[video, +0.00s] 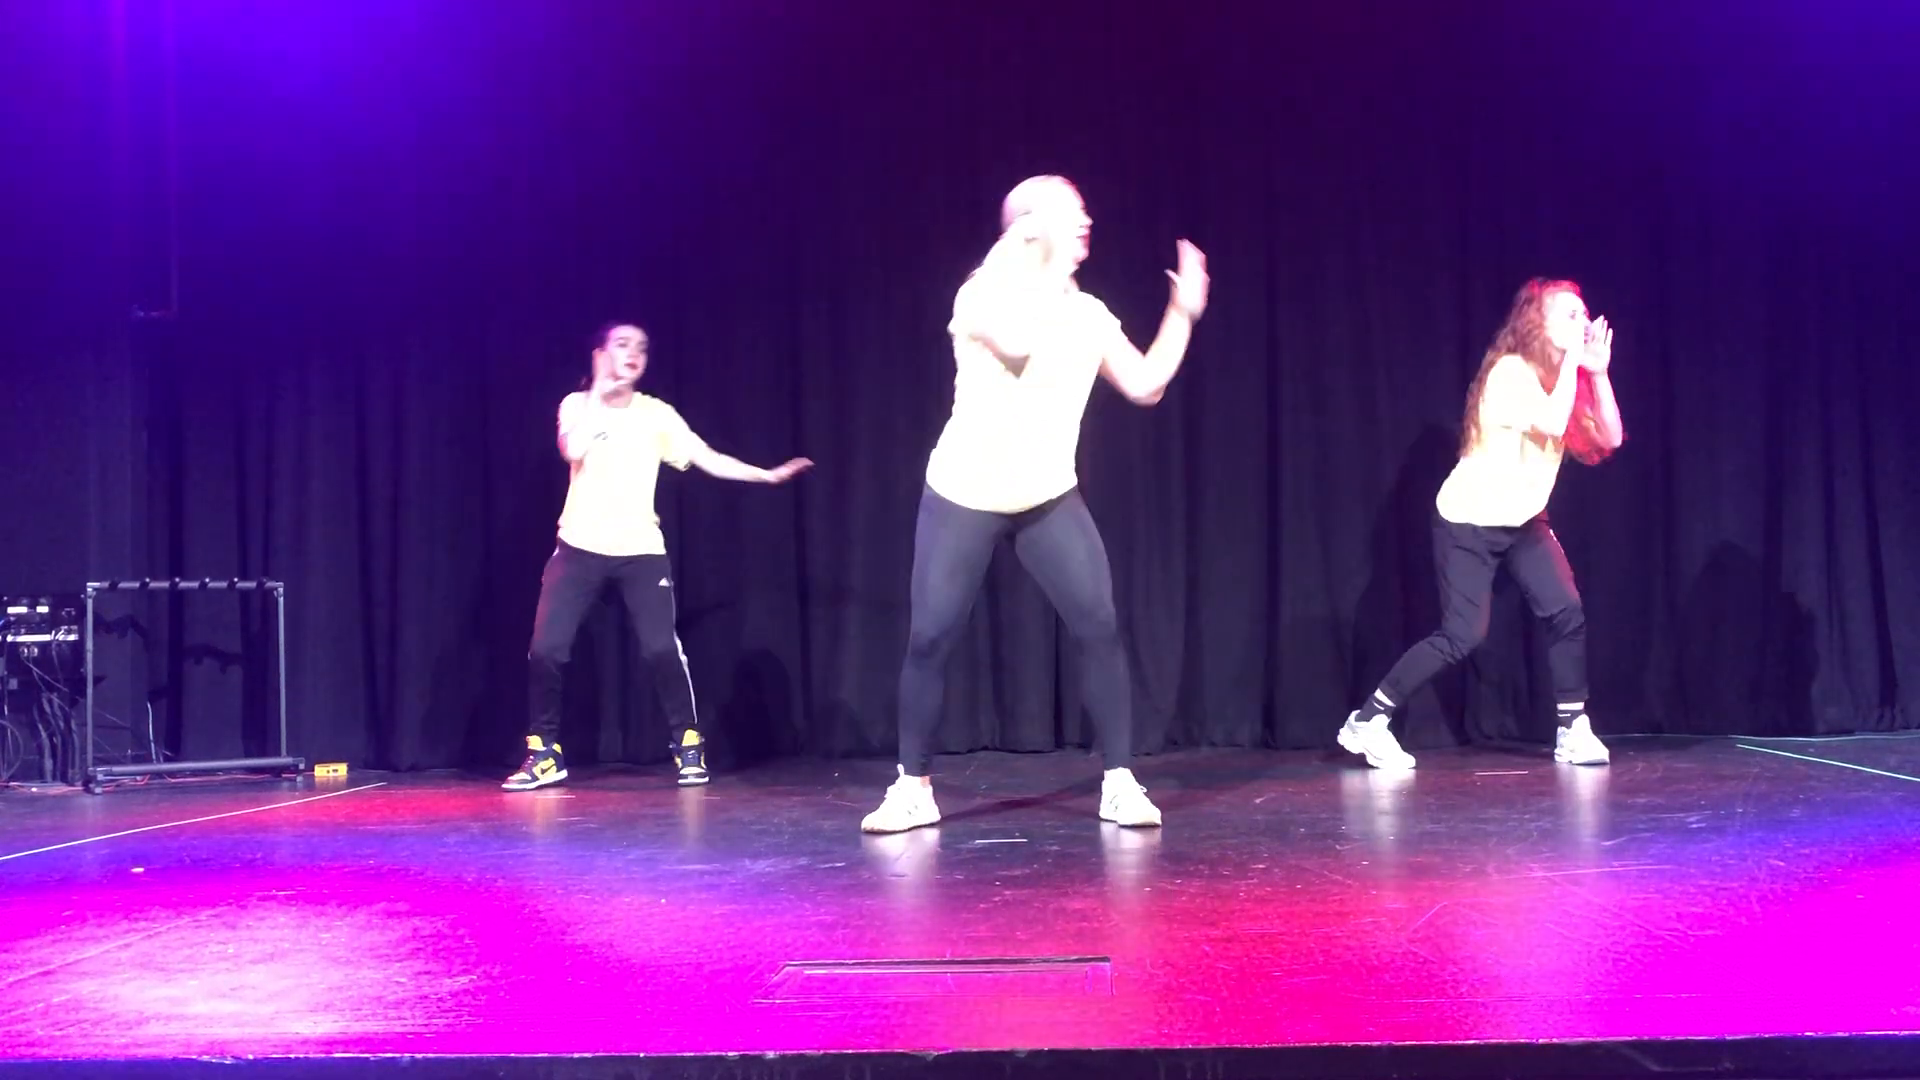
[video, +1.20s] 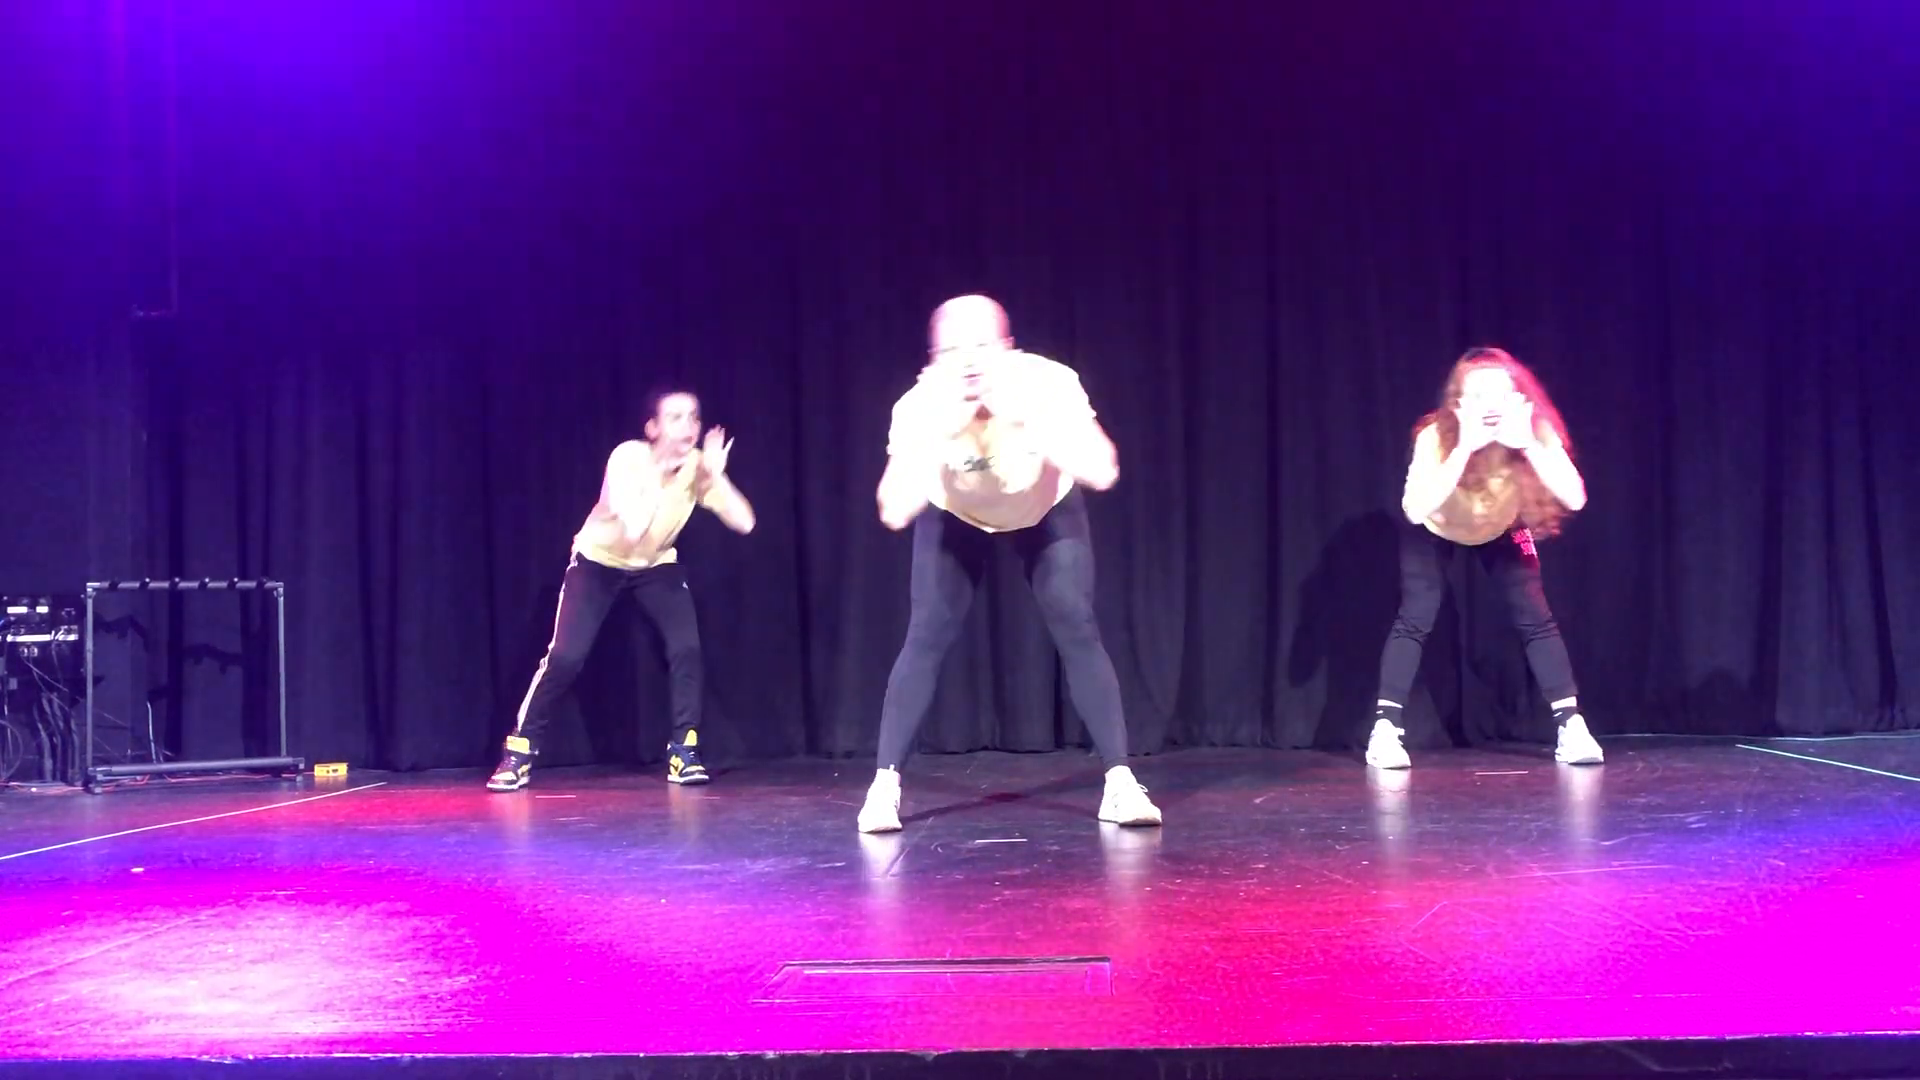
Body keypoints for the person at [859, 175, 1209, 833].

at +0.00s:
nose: (1088, 221)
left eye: (1085, 210)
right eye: (1074, 208)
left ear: (1072, 227)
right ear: (1032, 220)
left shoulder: (1085, 311)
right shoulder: (986, 288)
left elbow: (1145, 383)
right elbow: (1011, 344)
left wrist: (1182, 312)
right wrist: (1025, 249)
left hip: (1049, 494)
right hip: (965, 491)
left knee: (1098, 622)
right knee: (930, 634)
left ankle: (1119, 781)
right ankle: (912, 787)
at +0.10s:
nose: (1112, 218)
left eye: (1110, 207)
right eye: (1097, 205)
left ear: (1109, 222)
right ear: (1059, 215)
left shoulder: (1098, 305)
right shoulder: (1020, 276)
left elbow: (1161, 372)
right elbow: (1066, 342)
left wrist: (1157, 287)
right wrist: (1098, 271)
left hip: (1049, 489)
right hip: (971, 481)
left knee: (1094, 624)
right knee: (938, 629)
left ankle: (1118, 779)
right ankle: (893, 777)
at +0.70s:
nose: (1170, 293)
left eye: (1171, 282)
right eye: (1159, 280)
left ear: (1162, 290)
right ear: (1113, 280)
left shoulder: (1124, 350)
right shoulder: (1076, 324)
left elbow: (1171, 444)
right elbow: (1117, 408)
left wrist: (1182, 363)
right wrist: (1160, 342)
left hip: (1043, 514)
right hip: (967, 503)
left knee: (1101, 630)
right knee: (952, 649)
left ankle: (1116, 781)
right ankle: (882, 781)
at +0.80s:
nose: (1165, 312)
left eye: (1167, 302)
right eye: (1154, 298)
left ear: (1160, 314)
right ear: (1106, 302)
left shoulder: (1121, 378)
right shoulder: (1068, 349)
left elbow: (1174, 464)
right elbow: (1100, 438)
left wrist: (1181, 387)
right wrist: (1151, 367)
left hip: (1038, 525)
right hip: (959, 516)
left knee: (1099, 628)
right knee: (953, 649)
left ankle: (1116, 783)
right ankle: (882, 783)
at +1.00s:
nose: (1107, 333)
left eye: (1113, 322)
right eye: (1094, 322)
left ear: (1120, 324)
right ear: (1056, 325)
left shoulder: (1112, 379)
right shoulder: (1014, 366)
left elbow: (1166, 465)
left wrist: (1137, 397)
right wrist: (1073, 386)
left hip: (1034, 512)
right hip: (949, 504)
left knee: (1074, 632)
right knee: (930, 628)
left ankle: (1117, 780)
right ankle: (880, 779)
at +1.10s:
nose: (1044, 341)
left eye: (1053, 328)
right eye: (1030, 329)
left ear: (1068, 330)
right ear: (998, 335)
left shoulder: (1086, 368)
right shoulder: (964, 381)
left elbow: (1141, 464)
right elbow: (947, 484)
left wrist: (1087, 393)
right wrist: (1006, 414)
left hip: (1044, 508)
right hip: (953, 508)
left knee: (1071, 628)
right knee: (925, 628)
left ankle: (1118, 780)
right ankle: (881, 778)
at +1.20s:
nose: (969, 367)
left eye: (981, 353)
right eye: (955, 356)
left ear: (1006, 347)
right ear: (935, 358)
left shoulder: (1049, 383)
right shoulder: (919, 406)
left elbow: (1103, 471)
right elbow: (894, 511)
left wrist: (1022, 411)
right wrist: (942, 427)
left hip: (1047, 508)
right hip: (955, 512)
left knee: (1075, 625)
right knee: (927, 634)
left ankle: (1120, 780)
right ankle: (886, 781)